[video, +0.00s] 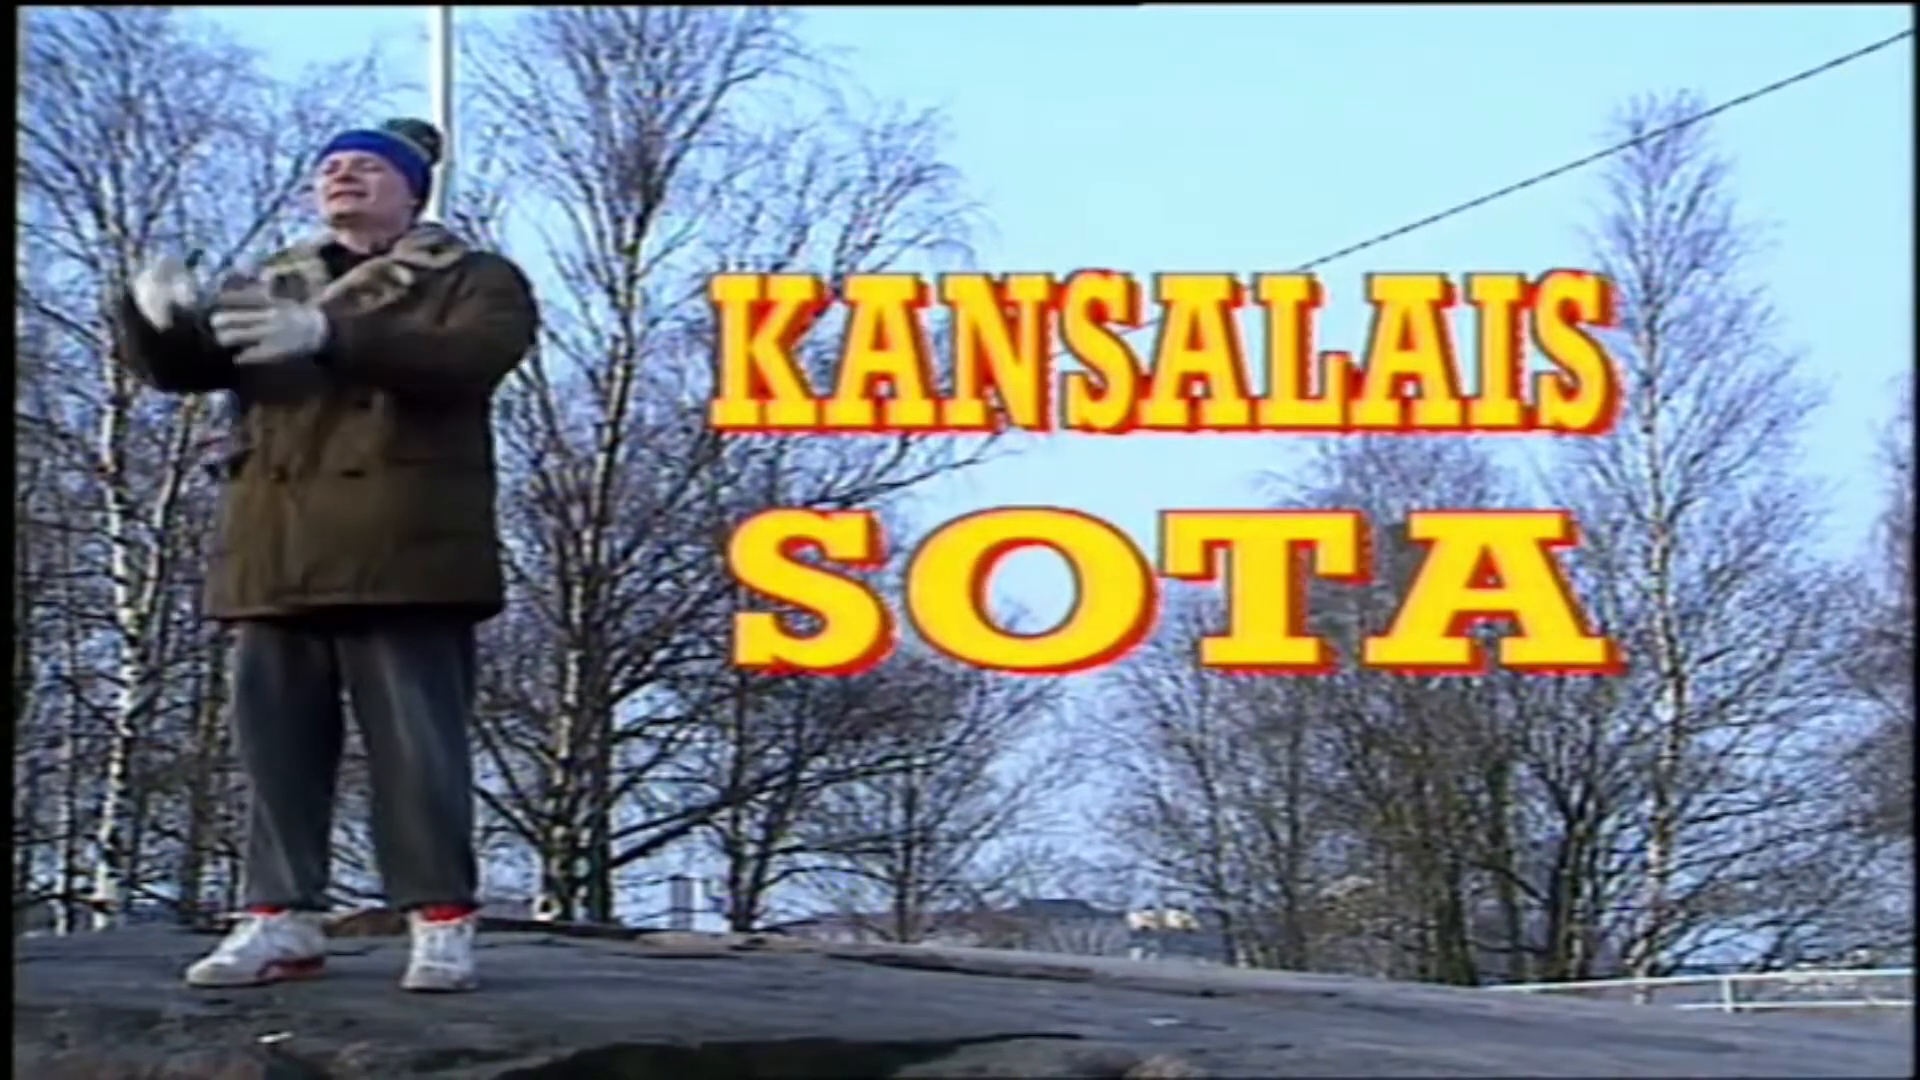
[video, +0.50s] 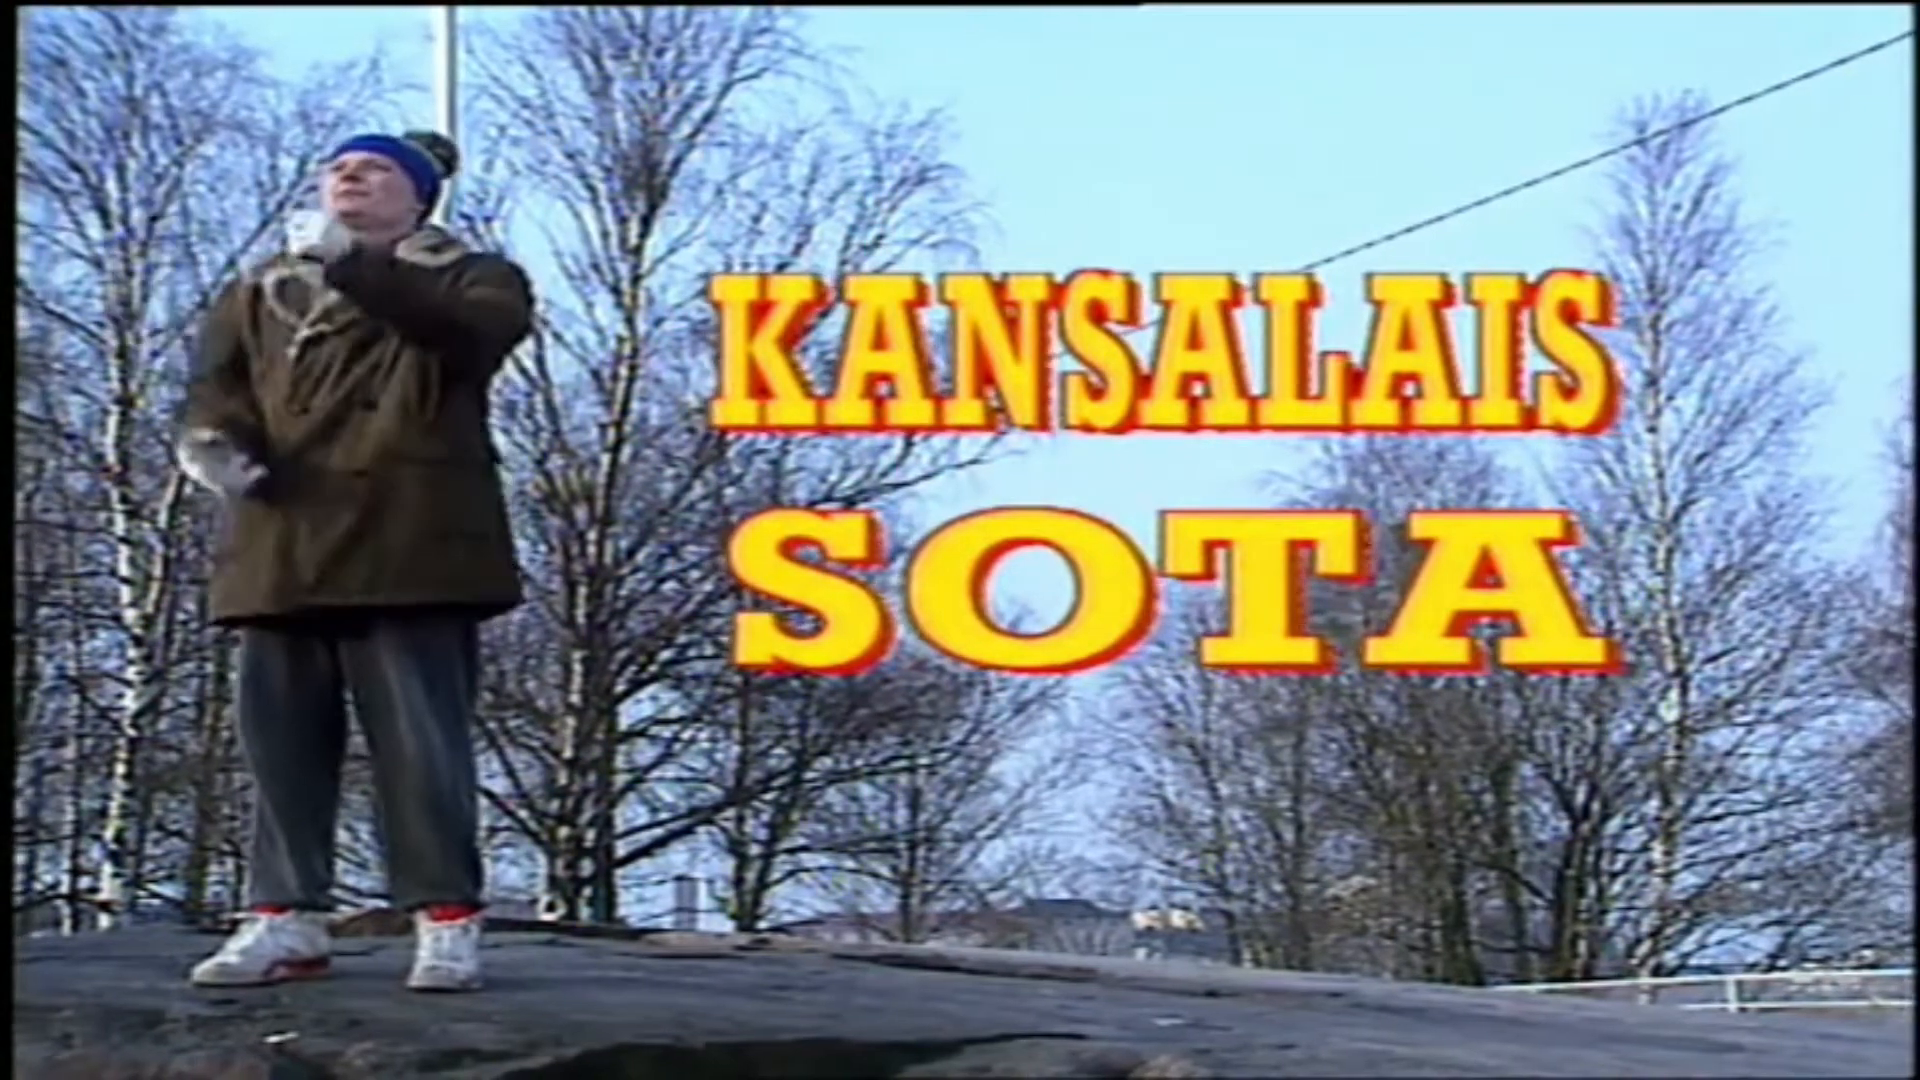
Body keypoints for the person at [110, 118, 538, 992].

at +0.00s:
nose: (342, 178)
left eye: (364, 167)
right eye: (331, 169)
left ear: (413, 189)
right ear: (316, 193)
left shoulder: (475, 276)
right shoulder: (282, 280)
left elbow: (469, 357)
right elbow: (189, 364)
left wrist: (330, 334)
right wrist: (157, 326)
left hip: (407, 559)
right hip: (275, 559)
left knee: (417, 747)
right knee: (276, 747)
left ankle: (441, 920)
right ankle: (285, 918)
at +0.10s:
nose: (343, 176)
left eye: (365, 165)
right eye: (331, 168)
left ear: (414, 189)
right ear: (315, 194)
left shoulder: (478, 278)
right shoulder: (279, 281)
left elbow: (465, 374)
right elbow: (168, 344)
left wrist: (334, 355)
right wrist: (148, 270)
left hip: (409, 564)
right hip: (277, 563)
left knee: (419, 751)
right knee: (278, 750)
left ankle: (442, 920)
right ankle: (285, 918)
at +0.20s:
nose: (342, 178)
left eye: (363, 167)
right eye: (330, 170)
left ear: (413, 190)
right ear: (315, 195)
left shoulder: (477, 280)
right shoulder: (279, 282)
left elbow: (465, 378)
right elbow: (174, 350)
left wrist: (339, 363)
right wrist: (152, 267)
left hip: (410, 560)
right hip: (278, 557)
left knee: (420, 750)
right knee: (280, 748)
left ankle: (443, 920)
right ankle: (287, 918)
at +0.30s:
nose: (342, 180)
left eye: (365, 169)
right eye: (331, 171)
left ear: (415, 193)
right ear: (316, 195)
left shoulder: (474, 279)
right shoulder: (274, 283)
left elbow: (472, 359)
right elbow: (201, 380)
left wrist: (334, 339)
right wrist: (162, 334)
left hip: (410, 559)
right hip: (277, 557)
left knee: (421, 749)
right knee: (280, 748)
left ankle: (444, 920)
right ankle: (286, 919)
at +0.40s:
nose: (348, 180)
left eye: (371, 170)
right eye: (336, 171)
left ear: (420, 196)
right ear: (319, 198)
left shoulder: (476, 278)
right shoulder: (255, 294)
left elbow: (470, 339)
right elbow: (211, 384)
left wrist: (342, 280)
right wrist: (209, 436)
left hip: (412, 554)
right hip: (278, 556)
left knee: (421, 746)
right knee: (281, 748)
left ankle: (445, 920)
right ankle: (289, 918)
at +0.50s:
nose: (349, 178)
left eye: (373, 170)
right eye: (337, 169)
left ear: (420, 198)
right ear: (319, 196)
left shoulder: (459, 269)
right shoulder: (263, 291)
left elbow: (495, 317)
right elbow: (210, 394)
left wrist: (360, 263)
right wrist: (219, 452)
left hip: (413, 545)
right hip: (284, 549)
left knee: (421, 741)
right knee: (280, 741)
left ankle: (446, 919)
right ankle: (290, 918)